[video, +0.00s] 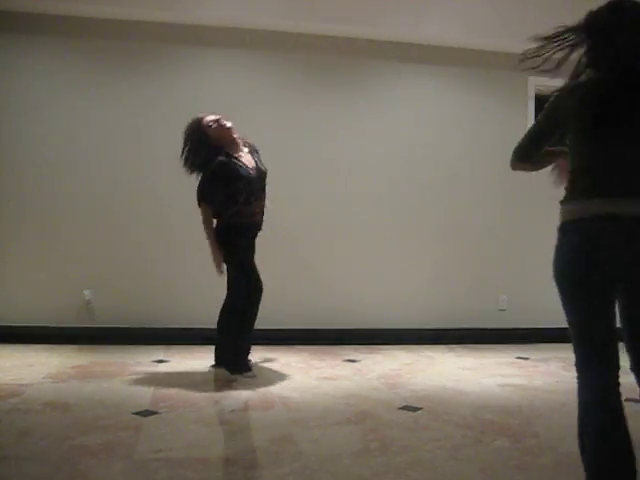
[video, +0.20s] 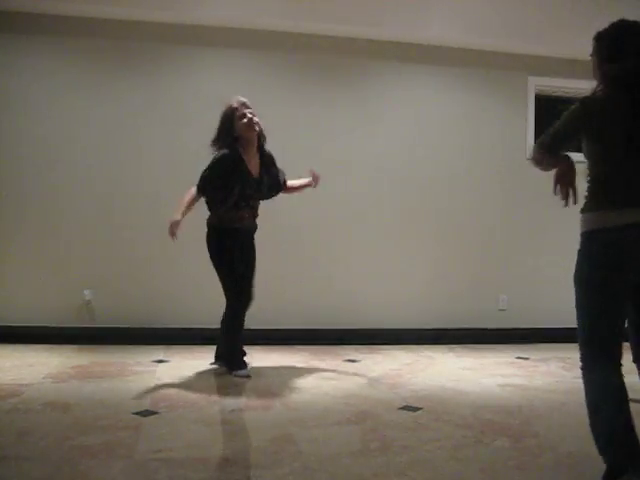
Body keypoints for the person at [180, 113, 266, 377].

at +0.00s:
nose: (221, 120)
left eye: (218, 117)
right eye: (213, 123)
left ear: (228, 124)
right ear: (210, 140)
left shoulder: (249, 150)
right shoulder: (217, 166)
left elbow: (254, 189)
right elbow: (205, 208)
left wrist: (257, 219)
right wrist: (215, 248)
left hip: (248, 232)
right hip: (231, 235)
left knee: (238, 292)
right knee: (252, 289)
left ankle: (227, 355)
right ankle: (234, 357)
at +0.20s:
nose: (250, 116)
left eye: (251, 112)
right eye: (242, 116)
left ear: (258, 119)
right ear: (234, 130)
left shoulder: (264, 157)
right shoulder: (225, 161)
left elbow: (279, 186)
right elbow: (198, 190)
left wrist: (309, 182)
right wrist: (179, 216)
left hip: (246, 234)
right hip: (220, 234)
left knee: (243, 298)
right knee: (237, 297)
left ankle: (225, 354)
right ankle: (233, 361)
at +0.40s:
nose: (260, 117)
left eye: (262, 113)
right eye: (252, 114)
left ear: (266, 121)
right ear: (240, 124)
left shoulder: (268, 156)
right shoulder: (225, 150)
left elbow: (271, 199)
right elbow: (207, 188)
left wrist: (254, 226)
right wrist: (236, 222)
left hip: (245, 226)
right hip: (218, 227)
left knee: (284, 270)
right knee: (229, 292)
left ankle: (245, 283)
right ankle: (225, 361)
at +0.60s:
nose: (260, 118)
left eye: (263, 114)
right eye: (253, 114)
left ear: (267, 123)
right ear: (241, 123)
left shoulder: (266, 154)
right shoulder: (227, 145)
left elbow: (252, 190)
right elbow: (241, 177)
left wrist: (248, 218)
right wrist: (270, 198)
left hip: (245, 222)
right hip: (219, 224)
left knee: (277, 250)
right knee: (225, 292)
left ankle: (261, 314)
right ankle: (226, 359)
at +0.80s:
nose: (259, 114)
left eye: (262, 110)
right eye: (253, 109)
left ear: (265, 115)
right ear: (238, 113)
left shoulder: (267, 147)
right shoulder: (218, 142)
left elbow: (277, 189)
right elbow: (209, 182)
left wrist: (295, 225)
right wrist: (203, 217)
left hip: (255, 228)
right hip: (221, 227)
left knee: (240, 295)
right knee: (234, 295)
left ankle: (233, 368)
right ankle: (247, 351)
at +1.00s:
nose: (262, 112)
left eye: (262, 107)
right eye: (256, 106)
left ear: (259, 111)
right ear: (238, 109)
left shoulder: (265, 143)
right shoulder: (213, 139)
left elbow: (281, 178)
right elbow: (181, 168)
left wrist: (321, 182)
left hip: (257, 228)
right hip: (224, 226)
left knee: (249, 296)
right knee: (213, 294)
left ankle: (245, 370)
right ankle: (243, 340)